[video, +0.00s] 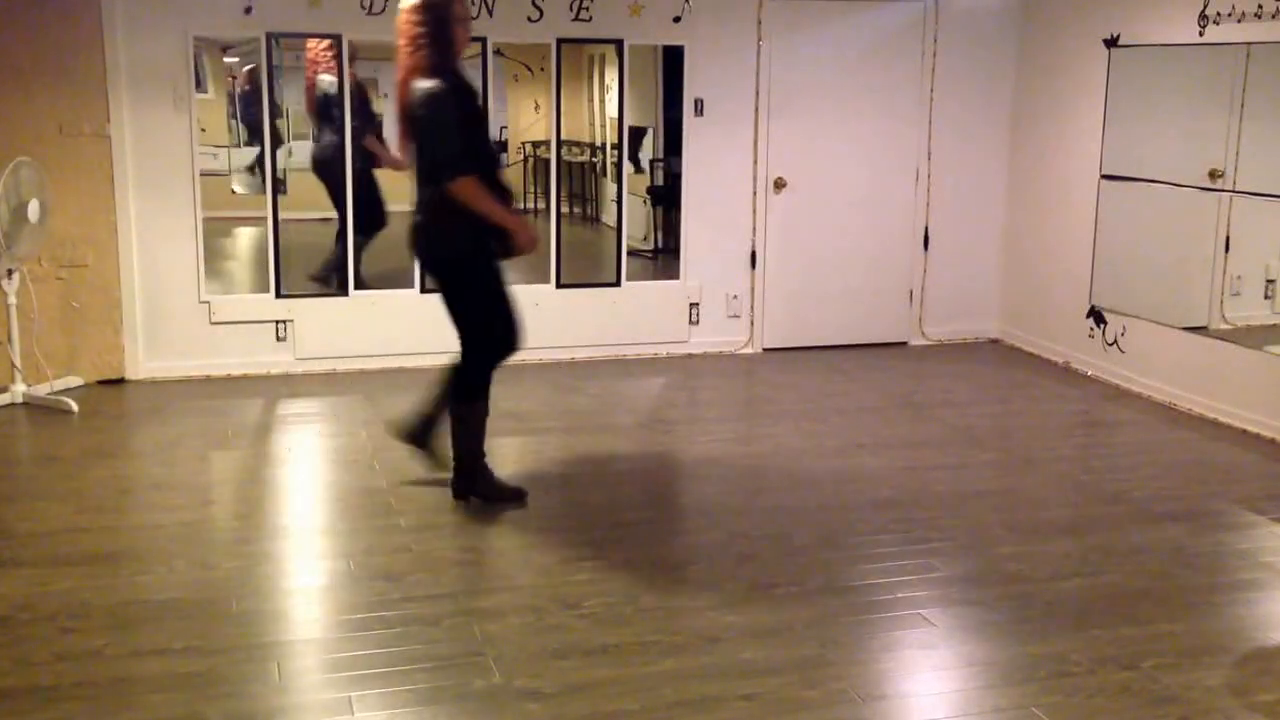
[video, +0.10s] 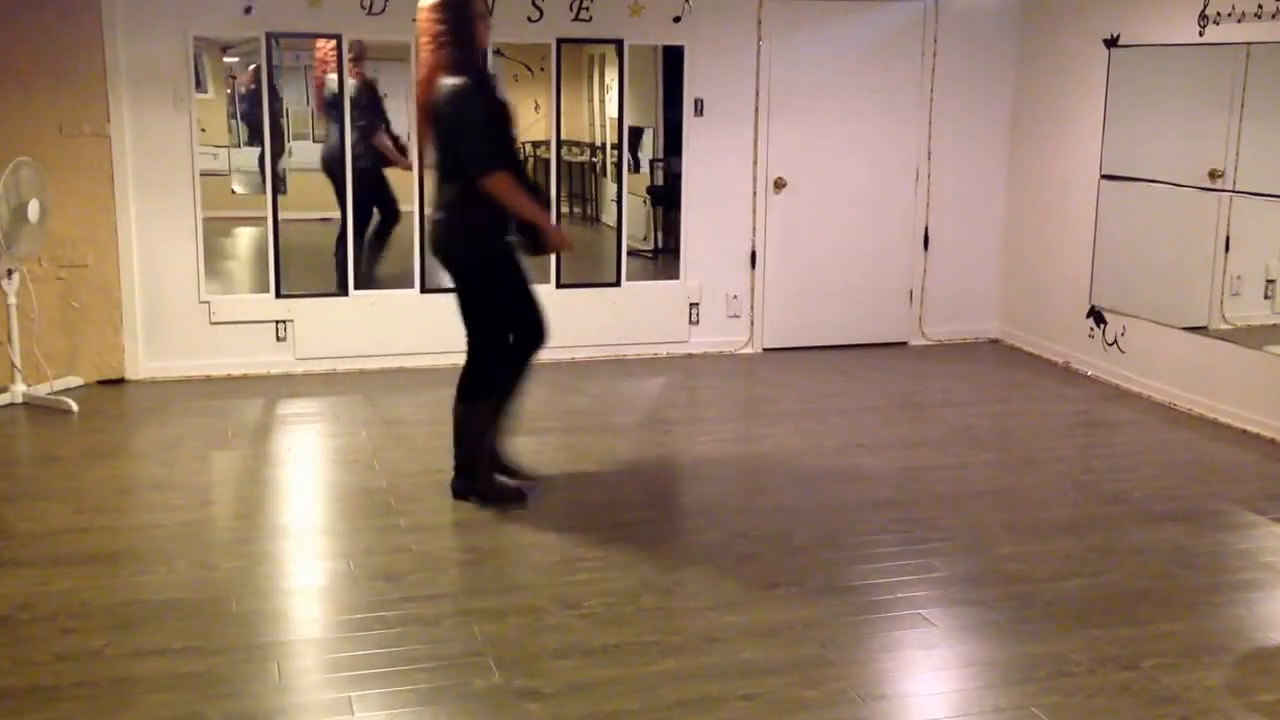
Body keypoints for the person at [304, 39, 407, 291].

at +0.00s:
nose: (356, 61)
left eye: (353, 56)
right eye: (354, 56)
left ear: (328, 57)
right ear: (350, 58)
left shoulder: (320, 84)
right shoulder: (351, 85)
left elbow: (319, 119)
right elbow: (362, 130)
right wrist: (386, 155)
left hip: (323, 155)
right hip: (348, 158)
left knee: (349, 216)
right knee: (375, 216)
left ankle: (349, 275)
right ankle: (330, 268)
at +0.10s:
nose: (358, 66)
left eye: (357, 60)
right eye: (358, 61)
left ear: (343, 59)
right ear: (362, 60)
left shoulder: (330, 83)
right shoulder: (363, 87)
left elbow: (325, 113)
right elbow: (375, 132)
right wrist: (400, 160)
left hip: (333, 157)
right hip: (360, 161)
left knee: (354, 216)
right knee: (390, 212)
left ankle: (346, 276)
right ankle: (366, 269)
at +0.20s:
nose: (362, 60)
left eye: (366, 55)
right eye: (357, 56)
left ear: (372, 56)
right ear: (349, 59)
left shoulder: (343, 88)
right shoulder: (378, 86)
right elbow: (392, 124)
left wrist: (408, 156)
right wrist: (410, 149)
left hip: (352, 159)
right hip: (372, 159)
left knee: (367, 215)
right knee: (401, 214)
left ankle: (349, 278)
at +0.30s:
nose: (369, 66)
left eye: (372, 60)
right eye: (367, 61)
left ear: (367, 62)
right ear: (379, 61)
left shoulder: (362, 88)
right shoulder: (385, 89)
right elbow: (389, 132)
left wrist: (417, 150)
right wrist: (410, 158)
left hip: (367, 158)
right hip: (385, 159)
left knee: (376, 215)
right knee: (409, 213)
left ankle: (352, 275)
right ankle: (424, 275)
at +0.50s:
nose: (381, 62)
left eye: (385, 57)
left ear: (392, 59)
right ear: (403, 58)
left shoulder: (393, 86)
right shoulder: (403, 88)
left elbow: (411, 126)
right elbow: (410, 128)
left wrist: (433, 149)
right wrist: (433, 155)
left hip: (396, 157)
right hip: (408, 159)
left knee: (415, 215)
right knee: (427, 216)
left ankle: (371, 265)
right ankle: (428, 279)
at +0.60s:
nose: (386, 64)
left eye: (390, 58)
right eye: (386, 59)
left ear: (401, 59)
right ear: (405, 58)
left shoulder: (406, 84)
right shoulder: (404, 86)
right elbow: (413, 128)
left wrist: (441, 150)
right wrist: (441, 152)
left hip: (412, 158)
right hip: (410, 159)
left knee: (431, 214)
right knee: (431, 214)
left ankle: (388, 260)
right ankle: (428, 278)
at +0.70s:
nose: (429, 53)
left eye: (425, 48)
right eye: (423, 49)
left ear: (415, 55)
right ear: (417, 53)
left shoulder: (430, 79)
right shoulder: (413, 81)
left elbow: (437, 118)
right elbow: (413, 123)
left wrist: (451, 146)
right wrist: (447, 137)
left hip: (432, 156)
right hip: (421, 158)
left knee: (447, 212)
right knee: (440, 213)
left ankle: (428, 272)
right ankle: (426, 274)